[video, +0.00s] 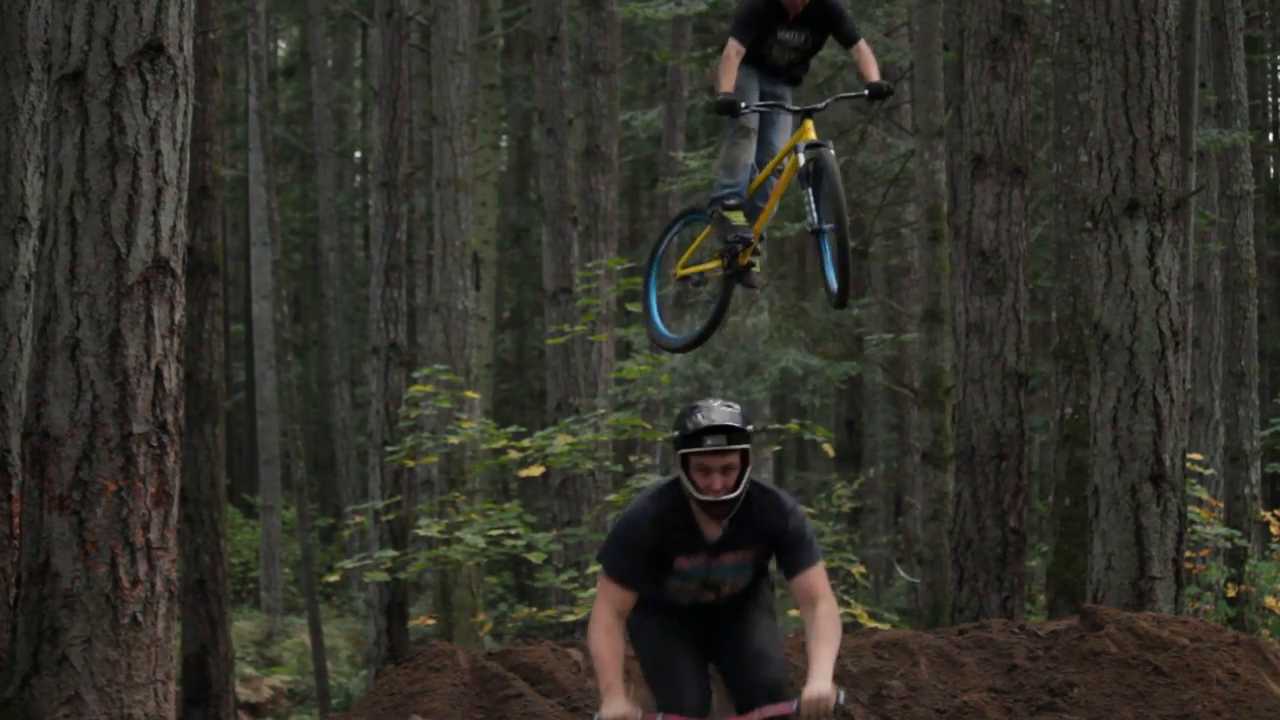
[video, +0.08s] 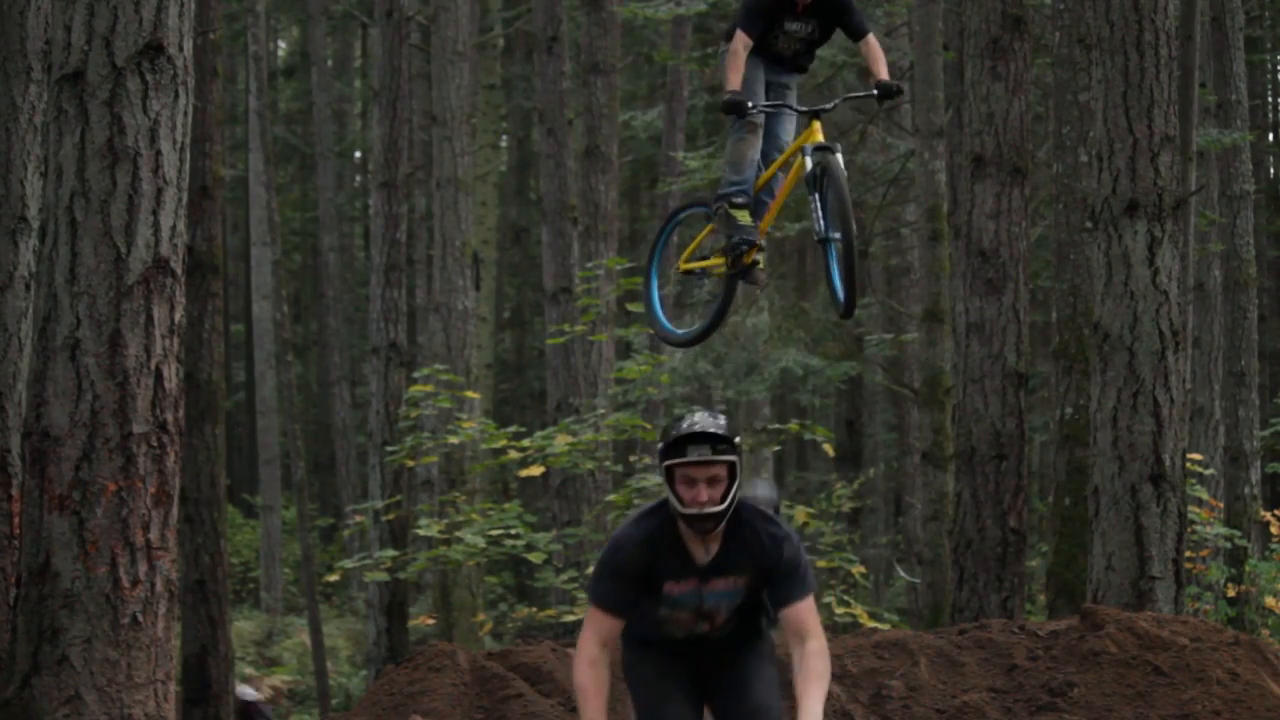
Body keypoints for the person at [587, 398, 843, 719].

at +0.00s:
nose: (716, 484)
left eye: (728, 471)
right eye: (703, 471)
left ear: (745, 465)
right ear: (683, 467)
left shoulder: (776, 513)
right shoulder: (646, 519)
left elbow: (819, 602)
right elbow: (608, 612)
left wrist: (820, 680)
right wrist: (613, 697)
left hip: (744, 611)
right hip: (665, 618)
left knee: (769, 702)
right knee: (686, 708)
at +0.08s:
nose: (701, 496)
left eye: (713, 482)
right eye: (688, 483)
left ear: (734, 479)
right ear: (669, 482)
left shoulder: (768, 540)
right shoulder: (632, 547)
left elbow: (807, 640)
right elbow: (594, 646)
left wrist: (810, 715)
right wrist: (593, 716)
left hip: (741, 656)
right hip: (659, 661)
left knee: (764, 711)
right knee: (668, 712)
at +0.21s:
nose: (695, 505)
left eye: (708, 490)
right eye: (682, 490)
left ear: (728, 489)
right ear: (662, 491)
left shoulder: (769, 555)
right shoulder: (624, 558)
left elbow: (803, 654)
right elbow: (584, 663)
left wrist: (807, 715)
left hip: (742, 688)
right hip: (656, 693)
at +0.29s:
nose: (679, 518)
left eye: (694, 504)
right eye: (666, 504)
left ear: (717, 505)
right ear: (647, 507)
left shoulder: (761, 579)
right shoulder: (609, 583)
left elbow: (793, 691)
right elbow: (571, 696)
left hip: (738, 709)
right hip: (640, 710)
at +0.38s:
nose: (672, 525)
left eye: (687, 510)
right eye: (657, 510)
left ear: (710, 512)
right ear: (638, 515)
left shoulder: (754, 589)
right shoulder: (601, 593)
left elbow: (791, 704)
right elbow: (560, 708)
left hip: (730, 710)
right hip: (630, 710)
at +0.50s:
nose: (654, 536)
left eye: (668, 520)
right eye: (639, 521)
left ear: (692, 524)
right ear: (618, 526)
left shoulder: (743, 606)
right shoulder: (579, 612)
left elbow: (788, 715)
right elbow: (537, 715)